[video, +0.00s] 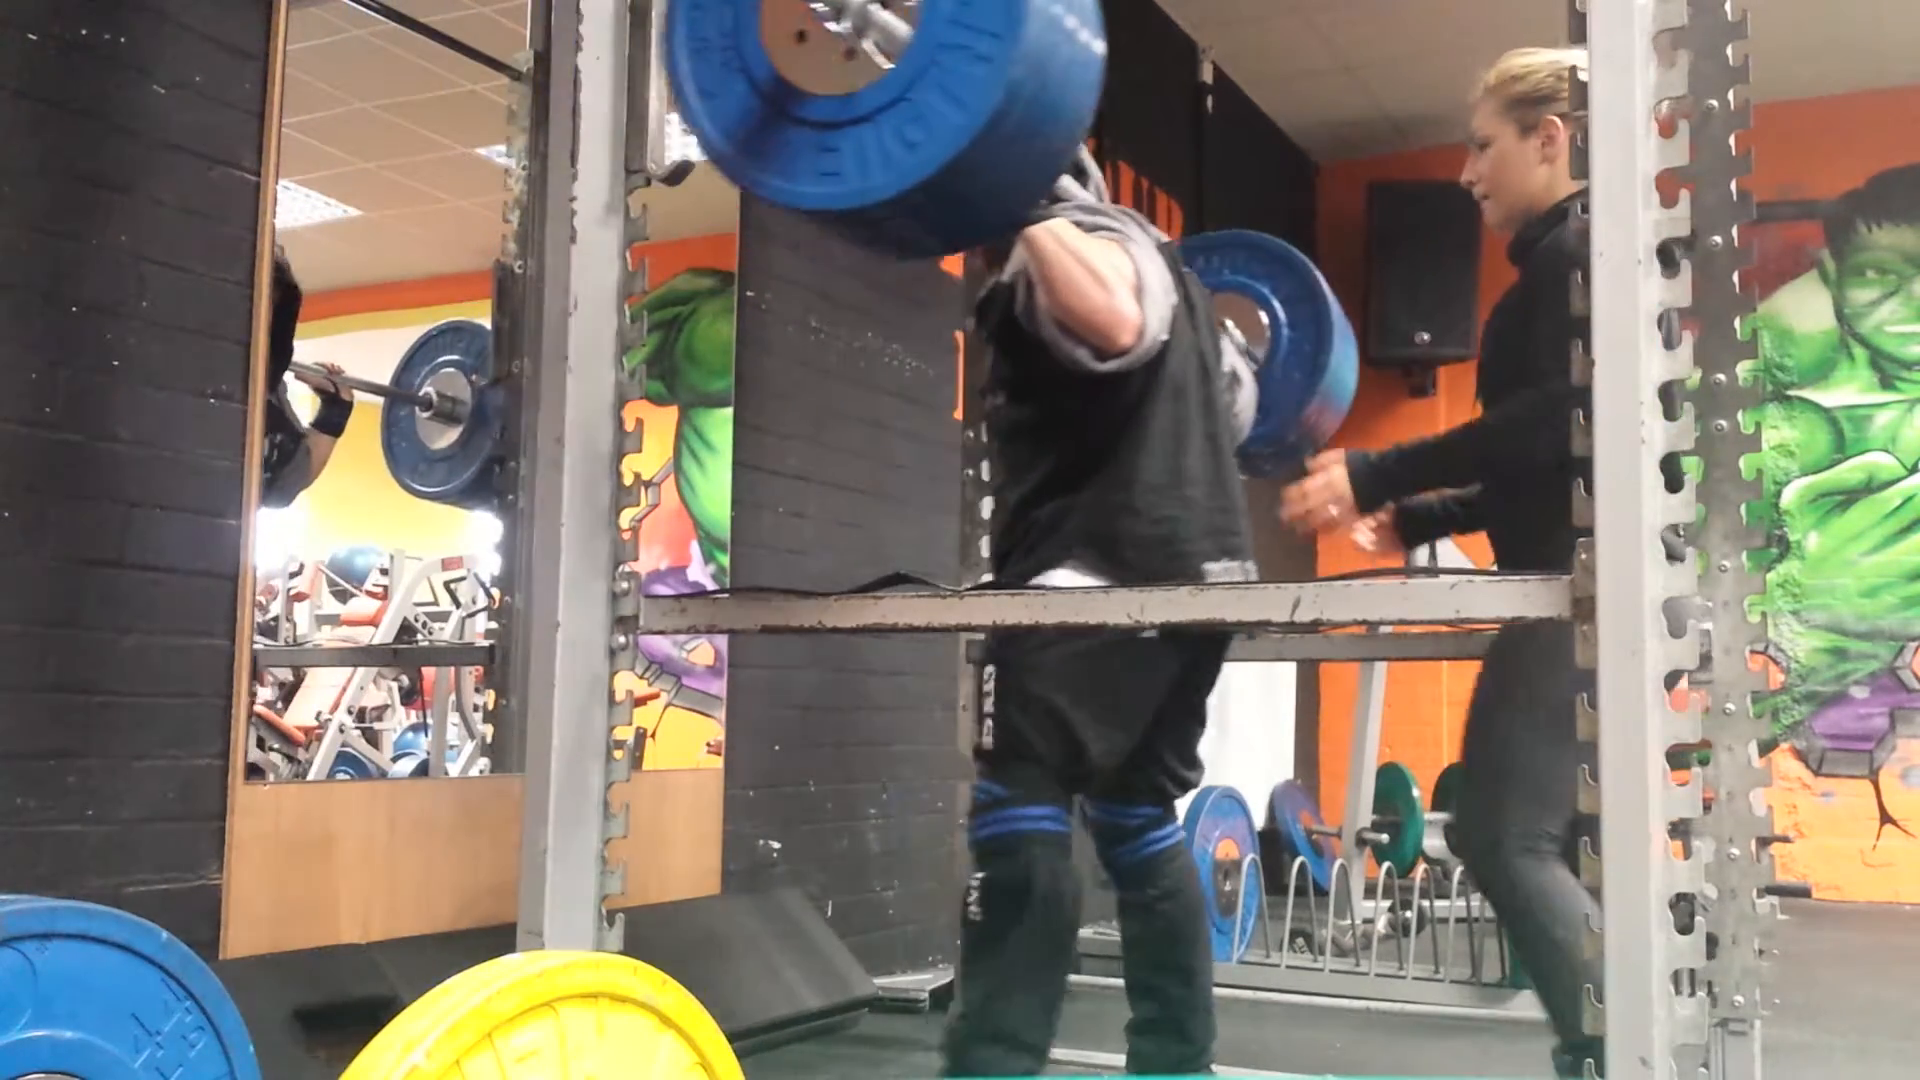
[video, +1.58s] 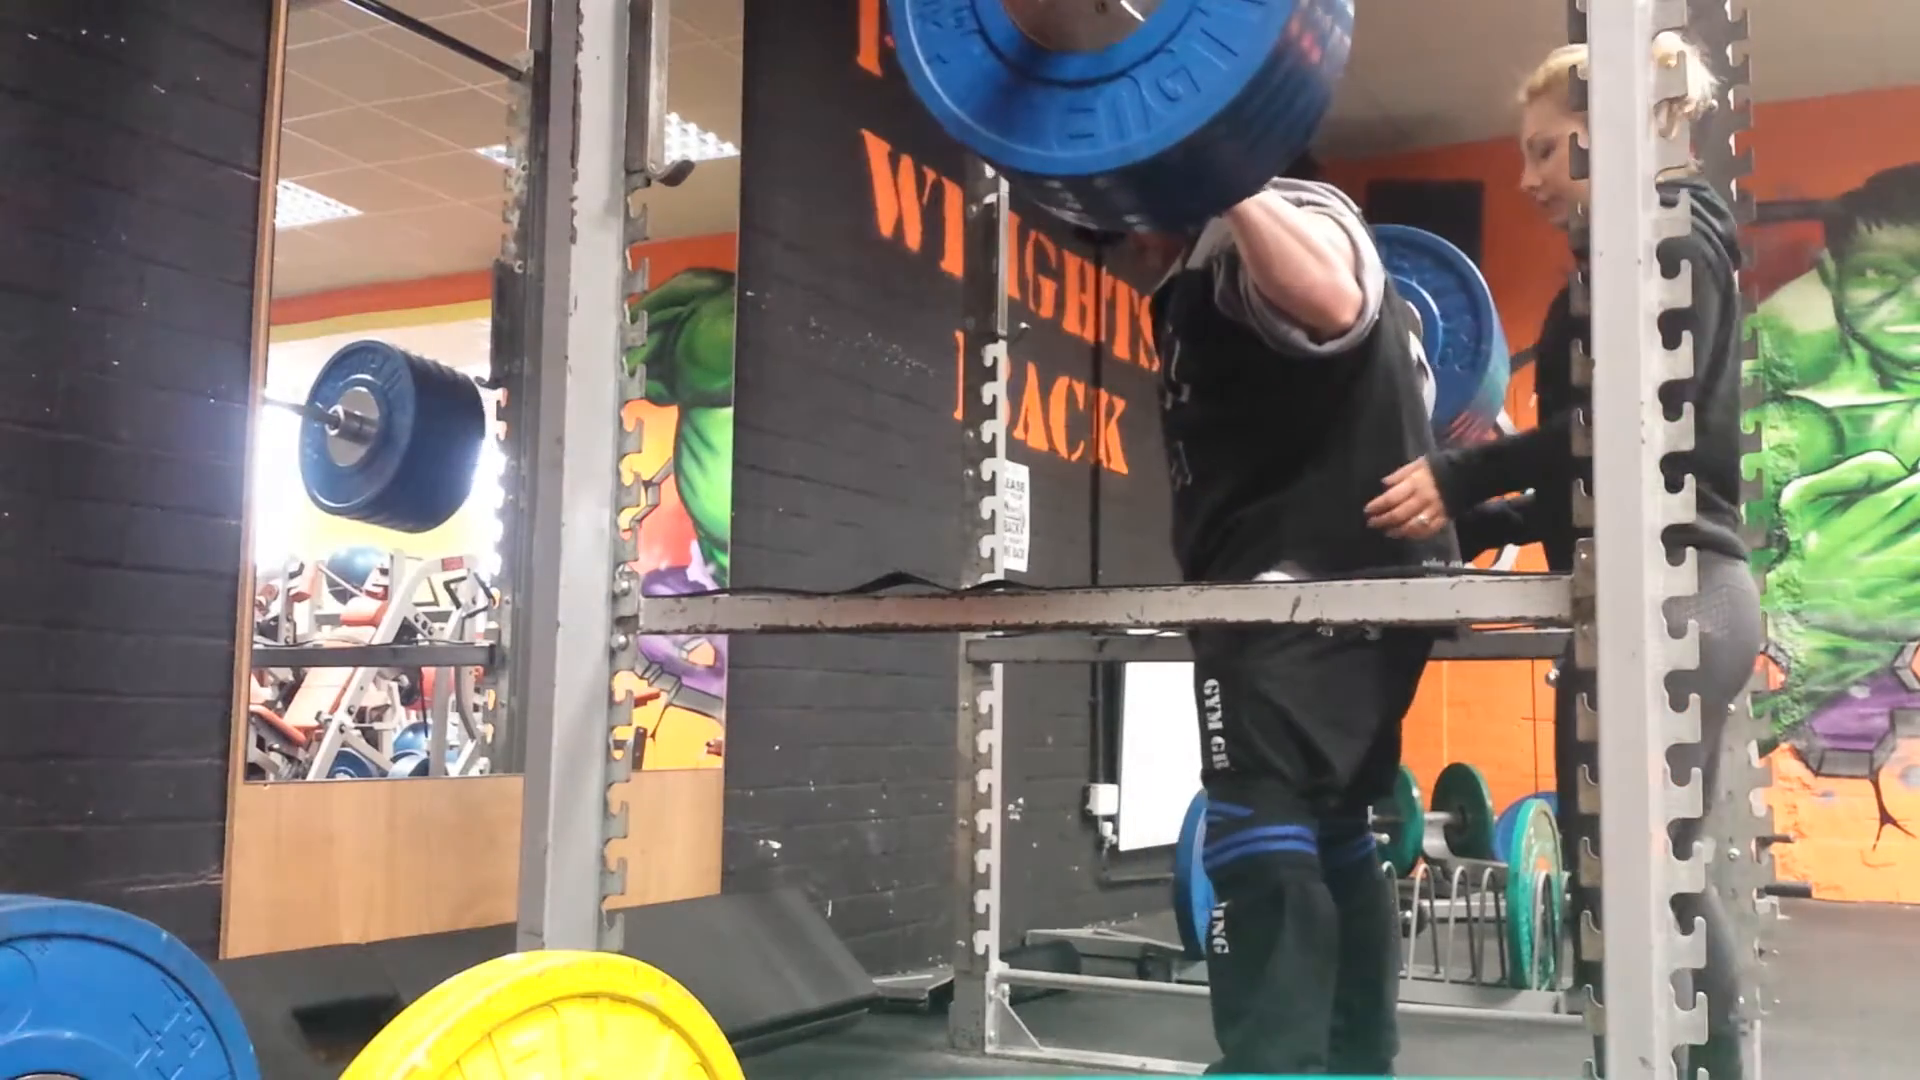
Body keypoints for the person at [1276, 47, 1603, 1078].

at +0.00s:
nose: (1468, 171)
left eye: (1483, 145)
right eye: (1468, 149)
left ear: (1553, 138)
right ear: (1546, 143)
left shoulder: (1576, 256)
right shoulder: (1557, 263)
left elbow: (1539, 428)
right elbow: (1548, 470)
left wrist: (1370, 475)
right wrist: (1421, 516)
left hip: (1580, 591)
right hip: (1551, 589)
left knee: (1517, 839)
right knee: (1485, 828)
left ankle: (1613, 1053)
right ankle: (1595, 1050)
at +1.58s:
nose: (1530, 179)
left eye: (1549, 152)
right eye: (1526, 155)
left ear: (1611, 146)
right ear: (1558, 152)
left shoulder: (1656, 243)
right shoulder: (1639, 254)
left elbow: (1627, 425)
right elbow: (1615, 477)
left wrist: (1466, 477)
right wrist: (1481, 525)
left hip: (1665, 585)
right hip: (1670, 579)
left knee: (1639, 857)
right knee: (1653, 855)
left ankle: (1654, 1060)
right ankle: (1687, 1058)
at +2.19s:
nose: (1537, 171)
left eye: (1553, 141)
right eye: (1532, 147)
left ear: (1617, 127)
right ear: (1605, 136)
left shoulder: (1660, 230)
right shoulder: (1671, 225)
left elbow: (1629, 428)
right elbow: (1613, 445)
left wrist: (1467, 479)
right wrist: (1473, 491)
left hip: (1662, 577)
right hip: (1692, 570)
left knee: (1638, 851)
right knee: (1669, 849)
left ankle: (1661, 1063)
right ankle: (1683, 1057)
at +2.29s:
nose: (1536, 178)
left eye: (1554, 150)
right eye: (1532, 153)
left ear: (1622, 139)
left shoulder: (1667, 239)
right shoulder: (1661, 247)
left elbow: (1627, 426)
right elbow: (1619, 475)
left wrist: (1464, 467)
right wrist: (1474, 519)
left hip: (1663, 578)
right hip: (1683, 574)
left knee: (1639, 855)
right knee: (1657, 853)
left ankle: (1659, 1060)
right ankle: (1676, 1057)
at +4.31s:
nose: (1551, 167)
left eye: (1565, 148)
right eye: (1560, 147)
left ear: (1598, 157)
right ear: (1640, 159)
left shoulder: (1650, 245)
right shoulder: (1630, 270)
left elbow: (1570, 400)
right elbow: (1569, 490)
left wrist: (1398, 439)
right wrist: (1418, 507)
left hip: (1672, 581)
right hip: (1662, 583)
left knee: (1630, 834)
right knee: (1635, 836)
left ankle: (1652, 1050)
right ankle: (1655, 1047)